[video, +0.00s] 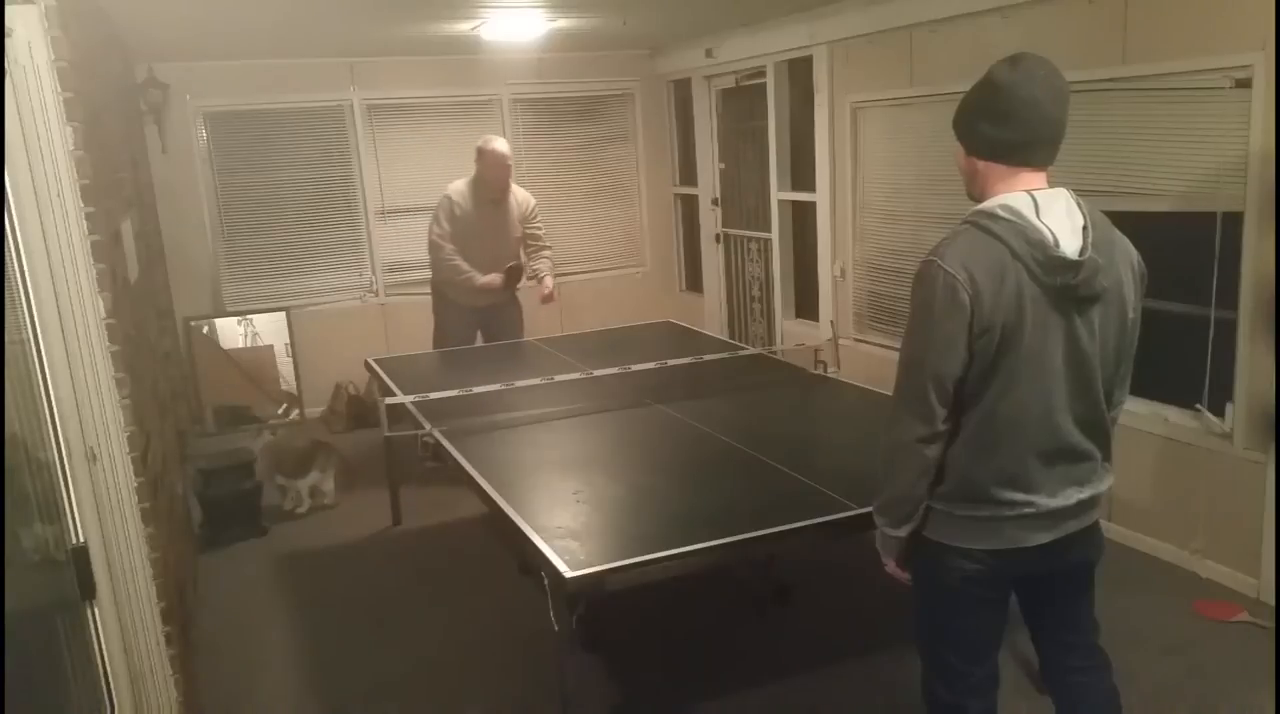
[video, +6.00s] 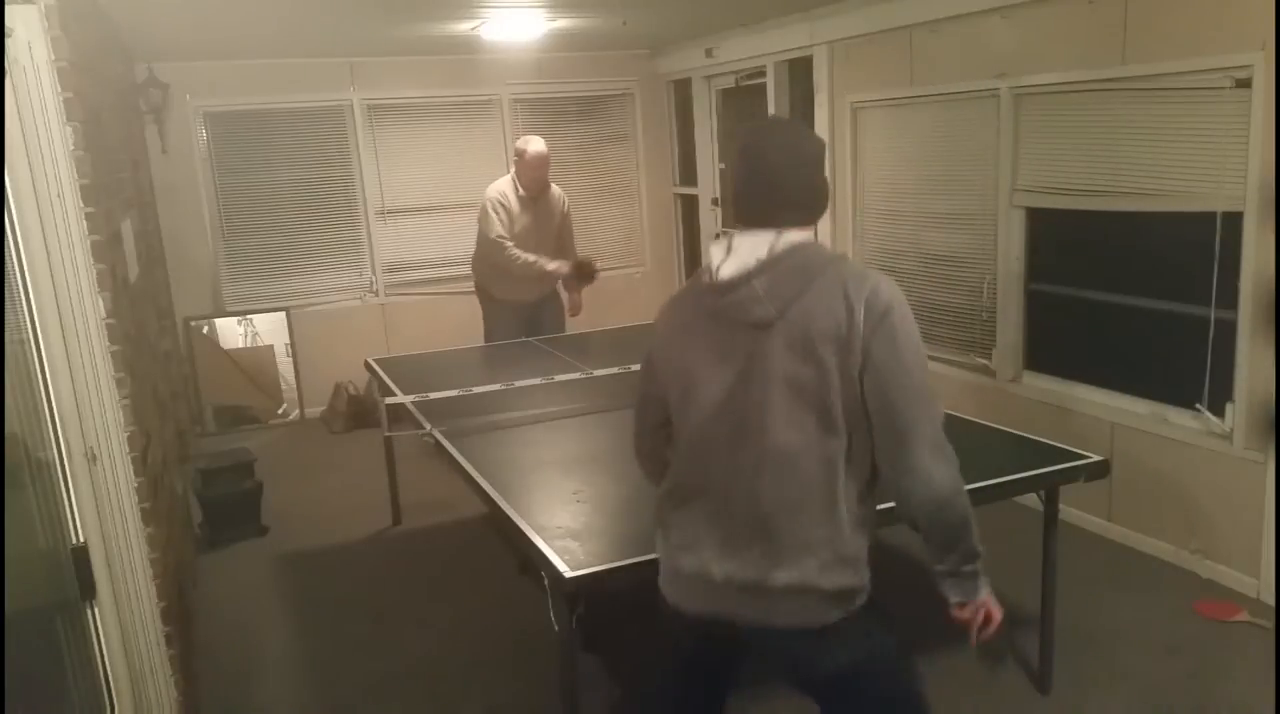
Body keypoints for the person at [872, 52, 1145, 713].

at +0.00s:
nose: (961, 161)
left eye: (961, 148)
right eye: (962, 146)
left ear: (971, 155)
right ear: (1050, 147)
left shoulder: (958, 265)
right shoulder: (1119, 254)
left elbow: (920, 419)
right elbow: (1110, 395)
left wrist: (892, 532)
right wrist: (1074, 488)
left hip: (970, 537)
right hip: (1071, 529)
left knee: (960, 691)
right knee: (1079, 668)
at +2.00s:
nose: (895, 182)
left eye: (897, 168)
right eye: (895, 167)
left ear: (922, 174)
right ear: (978, 163)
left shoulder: (952, 272)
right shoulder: (1038, 233)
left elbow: (933, 434)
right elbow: (1054, 386)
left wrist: (863, 533)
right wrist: (953, 496)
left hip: (989, 552)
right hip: (1068, 530)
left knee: (917, 696)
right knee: (1052, 656)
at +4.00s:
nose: (905, 189)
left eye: (906, 174)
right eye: (905, 173)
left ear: (919, 182)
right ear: (991, 168)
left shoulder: (941, 291)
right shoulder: (1039, 247)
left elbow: (917, 459)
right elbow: (953, 333)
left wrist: (860, 567)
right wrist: (837, 339)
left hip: (973, 569)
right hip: (1069, 556)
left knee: (891, 702)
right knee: (1045, 693)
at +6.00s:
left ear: (730, 202)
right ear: (821, 201)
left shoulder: (682, 310)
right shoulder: (863, 298)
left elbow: (653, 451)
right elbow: (920, 469)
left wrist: (716, 500)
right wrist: (963, 576)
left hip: (695, 597)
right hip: (819, 603)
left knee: (680, 702)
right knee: (890, 701)